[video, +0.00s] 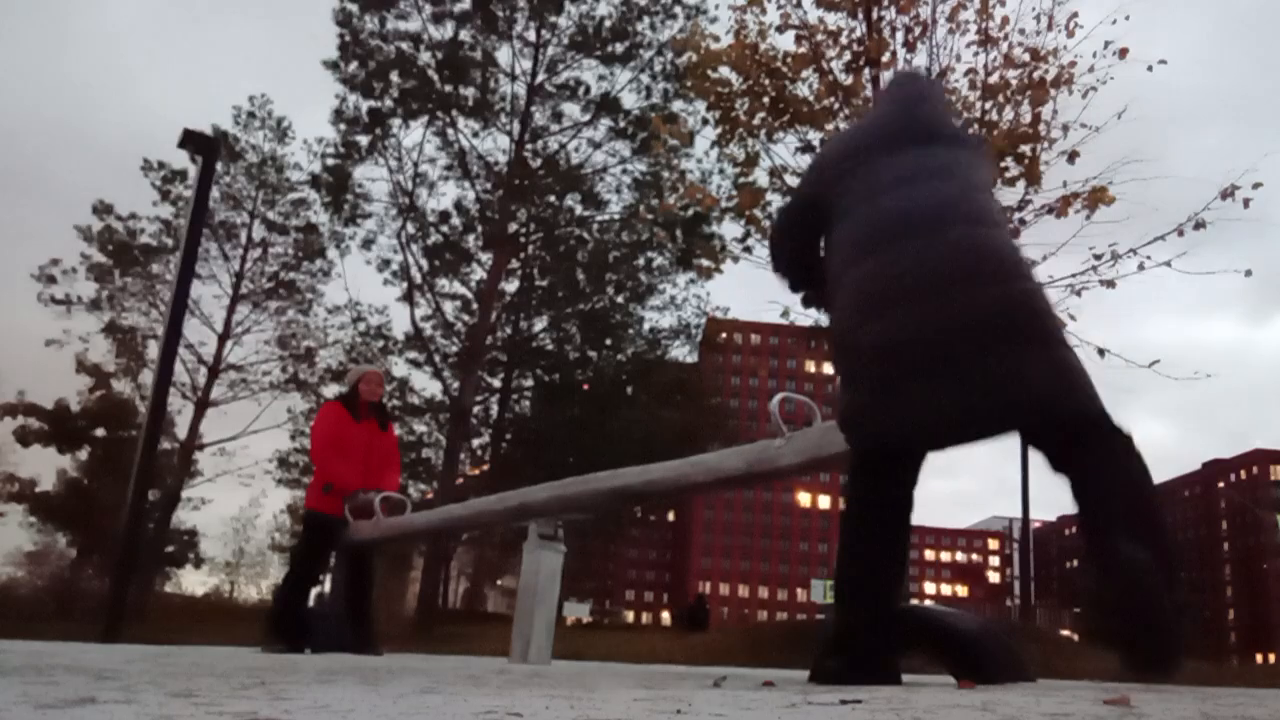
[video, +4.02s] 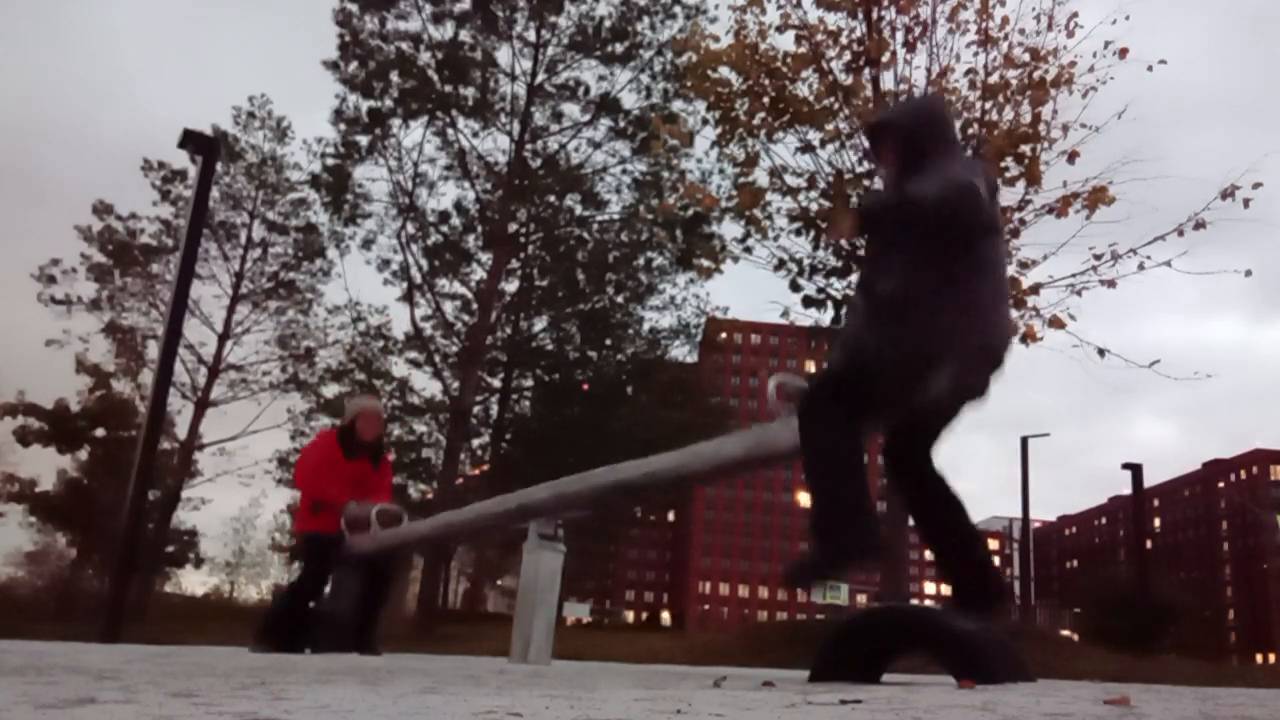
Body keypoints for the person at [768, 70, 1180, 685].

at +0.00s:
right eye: (945, 102)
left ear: (877, 108)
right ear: (940, 106)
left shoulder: (837, 156)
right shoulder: (965, 146)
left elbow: (788, 241)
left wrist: (829, 288)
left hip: (892, 362)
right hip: (1008, 343)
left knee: (877, 496)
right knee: (1097, 450)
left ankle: (860, 655)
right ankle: (1146, 620)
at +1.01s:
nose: (786, 197)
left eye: (786, 189)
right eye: (786, 190)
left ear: (798, 180)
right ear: (843, 167)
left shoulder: (797, 218)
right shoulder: (885, 200)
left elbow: (792, 309)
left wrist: (816, 356)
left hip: (871, 351)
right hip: (948, 343)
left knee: (835, 492)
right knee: (917, 477)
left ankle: (858, 639)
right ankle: (962, 627)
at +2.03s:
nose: (854, 281)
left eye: (860, 274)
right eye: (857, 274)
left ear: (876, 272)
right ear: (922, 273)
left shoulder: (866, 313)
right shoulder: (947, 315)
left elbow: (834, 398)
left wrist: (835, 444)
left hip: (916, 455)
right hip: (994, 461)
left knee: (802, 538)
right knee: (934, 566)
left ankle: (867, 650)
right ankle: (990, 659)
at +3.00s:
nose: (842, 209)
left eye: (846, 200)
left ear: (861, 196)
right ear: (910, 193)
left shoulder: (859, 231)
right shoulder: (939, 232)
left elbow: (838, 317)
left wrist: (836, 361)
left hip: (912, 366)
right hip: (988, 367)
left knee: (836, 481)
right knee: (923, 484)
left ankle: (852, 643)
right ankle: (976, 631)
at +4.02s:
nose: (877, 159)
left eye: (884, 146)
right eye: (876, 148)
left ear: (912, 140)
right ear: (928, 138)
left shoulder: (957, 178)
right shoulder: (904, 204)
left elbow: (945, 202)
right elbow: (879, 307)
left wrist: (865, 215)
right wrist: (828, 376)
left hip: (952, 343)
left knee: (824, 406)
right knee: (906, 455)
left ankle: (845, 536)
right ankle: (978, 587)